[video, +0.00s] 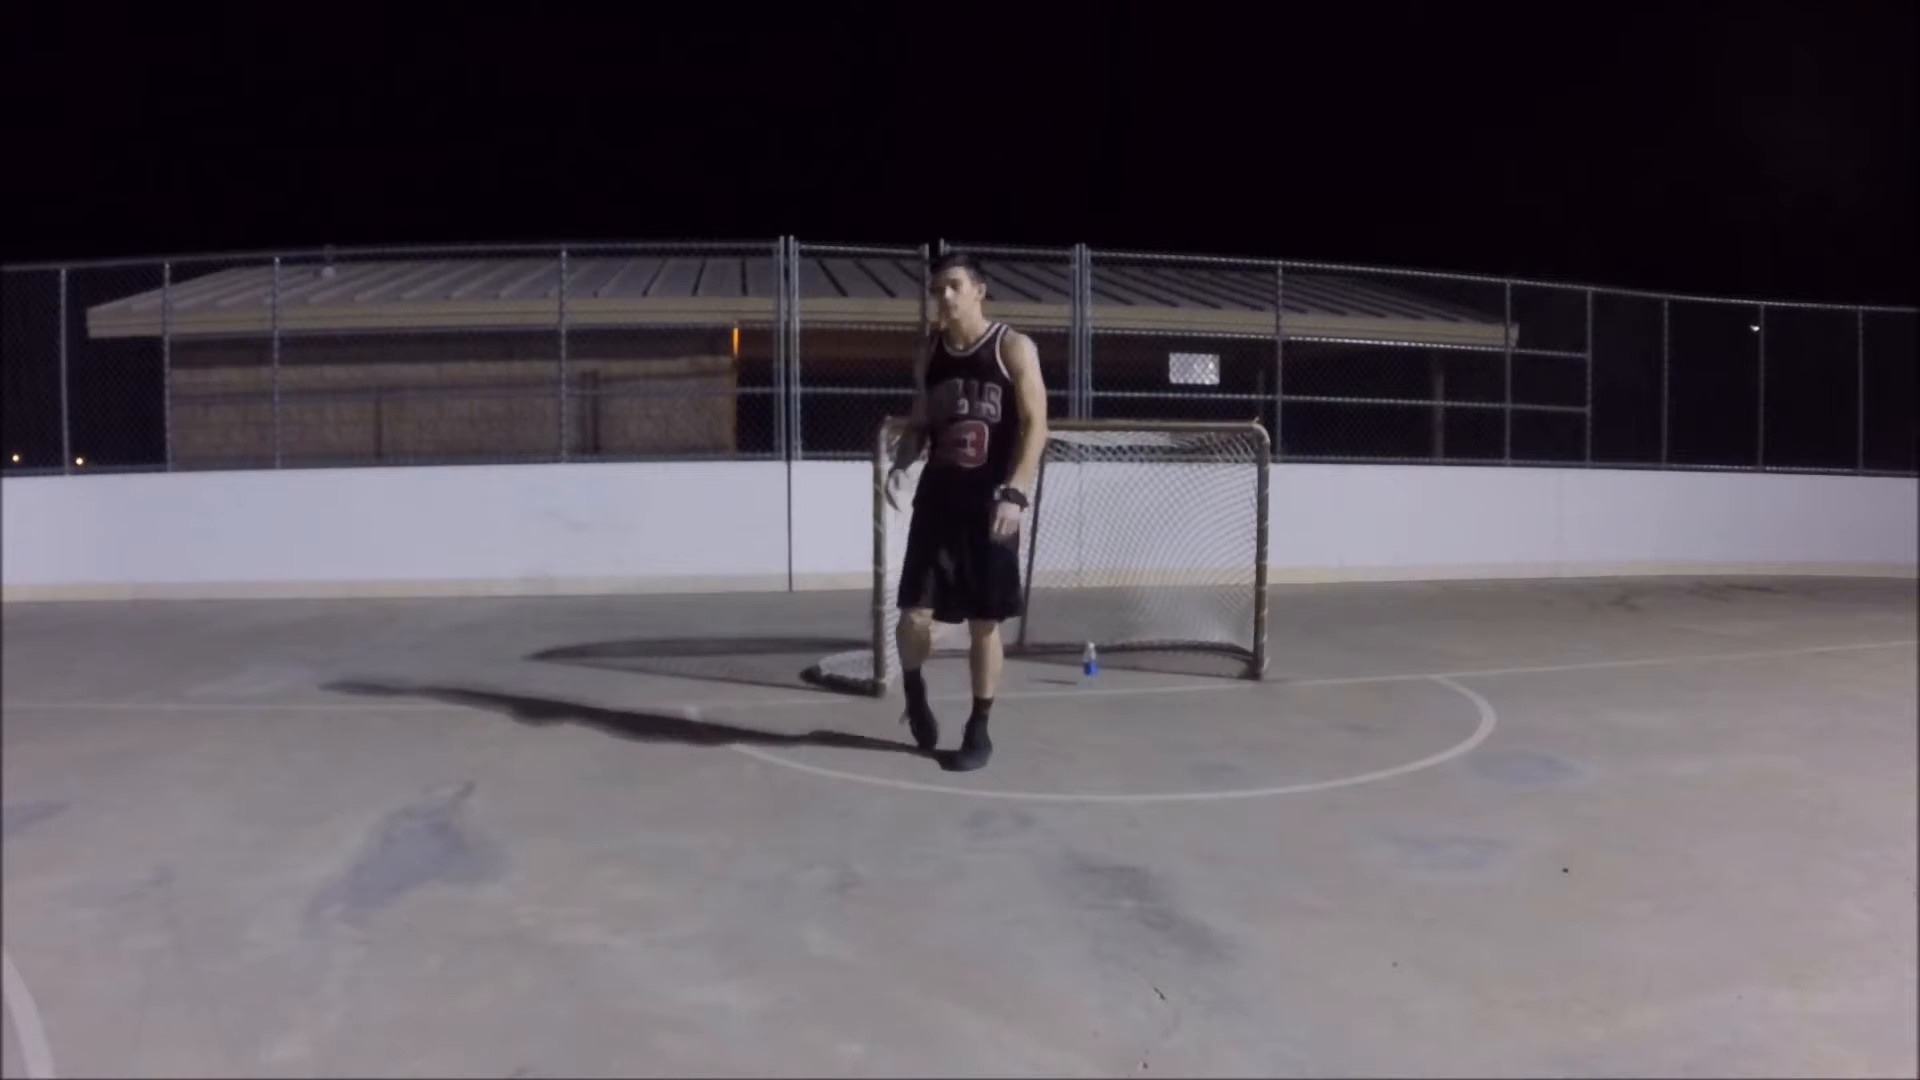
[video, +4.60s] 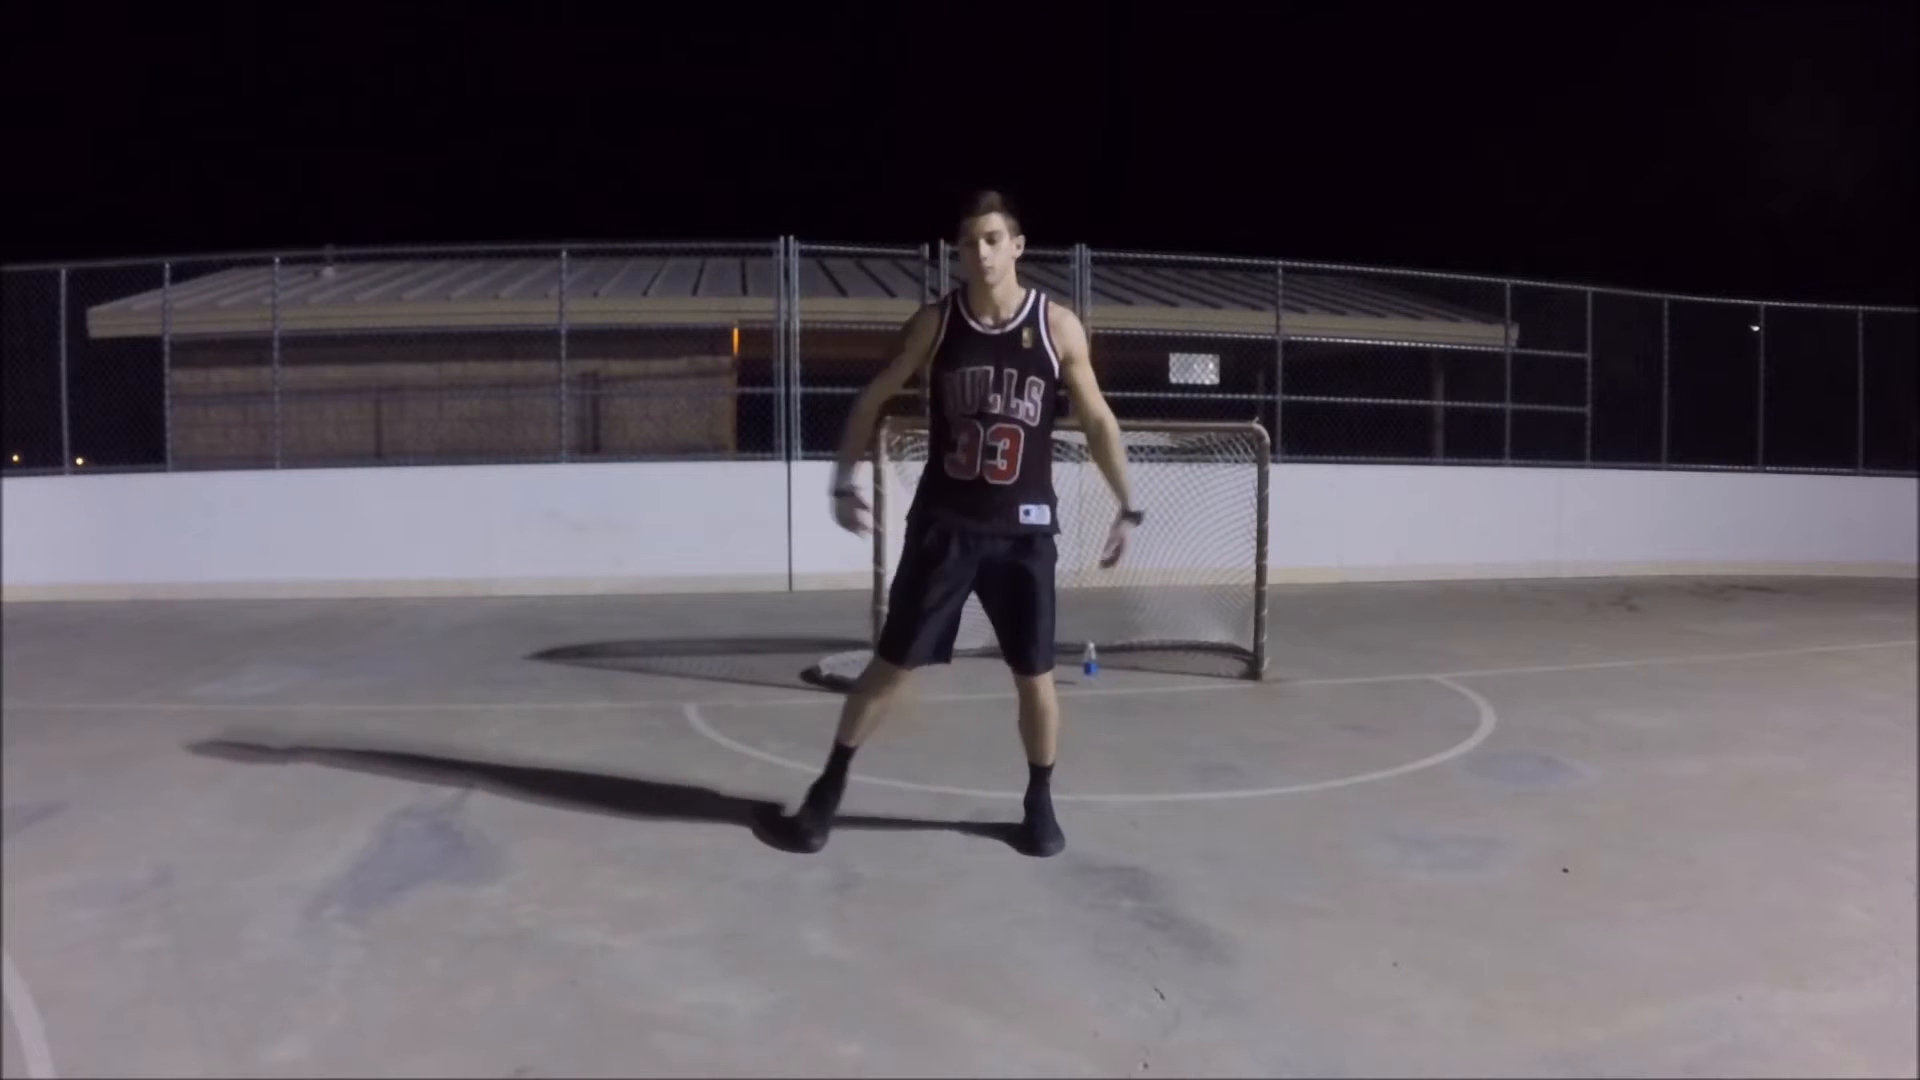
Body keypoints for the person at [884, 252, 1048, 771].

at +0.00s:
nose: (943, 296)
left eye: (953, 286)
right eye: (937, 289)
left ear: (979, 291)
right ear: (931, 298)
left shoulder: (1013, 347)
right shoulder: (930, 351)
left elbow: (1036, 424)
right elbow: (923, 423)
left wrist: (1016, 492)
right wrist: (900, 451)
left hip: (991, 499)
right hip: (938, 496)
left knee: (984, 621)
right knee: (914, 618)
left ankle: (977, 730)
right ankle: (914, 688)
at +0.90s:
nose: (984, 268)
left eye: (985, 258)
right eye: (972, 259)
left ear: (978, 266)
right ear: (938, 265)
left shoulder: (995, 329)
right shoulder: (901, 330)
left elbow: (1014, 419)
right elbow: (878, 421)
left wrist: (1036, 490)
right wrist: (889, 499)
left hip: (1002, 511)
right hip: (934, 515)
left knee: (1024, 641)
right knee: (936, 646)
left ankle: (1012, 776)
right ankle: (947, 780)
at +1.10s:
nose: (986, 261)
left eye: (987, 250)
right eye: (975, 251)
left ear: (977, 260)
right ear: (938, 258)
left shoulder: (993, 324)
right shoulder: (899, 324)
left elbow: (1011, 411)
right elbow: (878, 414)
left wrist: (1031, 480)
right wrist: (907, 464)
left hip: (1003, 504)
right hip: (936, 512)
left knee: (1056, 631)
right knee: (940, 651)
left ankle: (1115, 766)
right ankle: (948, 783)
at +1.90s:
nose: (1058, 245)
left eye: (1058, 235)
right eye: (1045, 236)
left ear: (1052, 246)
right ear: (1004, 245)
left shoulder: (1088, 318)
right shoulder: (963, 329)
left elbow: (1124, 411)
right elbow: (938, 426)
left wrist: (1143, 503)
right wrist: (924, 523)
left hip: (1078, 521)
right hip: (1000, 525)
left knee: (1071, 667)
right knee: (981, 657)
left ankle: (1064, 818)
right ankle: (956, 768)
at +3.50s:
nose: (957, 239)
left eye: (969, 227)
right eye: (949, 230)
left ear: (998, 237)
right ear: (941, 245)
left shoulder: (1039, 314)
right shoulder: (935, 321)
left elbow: (1062, 423)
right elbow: (915, 420)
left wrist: (1034, 520)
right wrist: (903, 505)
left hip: (1013, 518)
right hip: (943, 517)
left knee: (1032, 670)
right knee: (944, 667)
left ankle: (1053, 810)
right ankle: (949, 813)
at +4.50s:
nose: (986, 239)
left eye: (997, 226)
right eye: (975, 230)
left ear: (1023, 235)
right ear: (960, 244)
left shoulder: (1064, 318)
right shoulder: (942, 316)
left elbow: (1094, 421)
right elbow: (908, 406)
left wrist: (1095, 520)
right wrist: (888, 490)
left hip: (1026, 523)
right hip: (947, 516)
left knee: (1032, 664)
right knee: (913, 658)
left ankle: (1038, 803)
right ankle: (867, 786)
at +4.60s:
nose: (980, 251)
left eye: (992, 239)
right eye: (970, 242)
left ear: (1018, 246)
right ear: (958, 252)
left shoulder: (1058, 325)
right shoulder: (936, 322)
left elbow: (1097, 419)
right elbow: (872, 397)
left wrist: (1127, 505)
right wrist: (845, 478)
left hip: (1024, 531)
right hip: (943, 527)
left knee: (1035, 674)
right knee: (891, 664)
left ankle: (1040, 803)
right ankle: (828, 789)